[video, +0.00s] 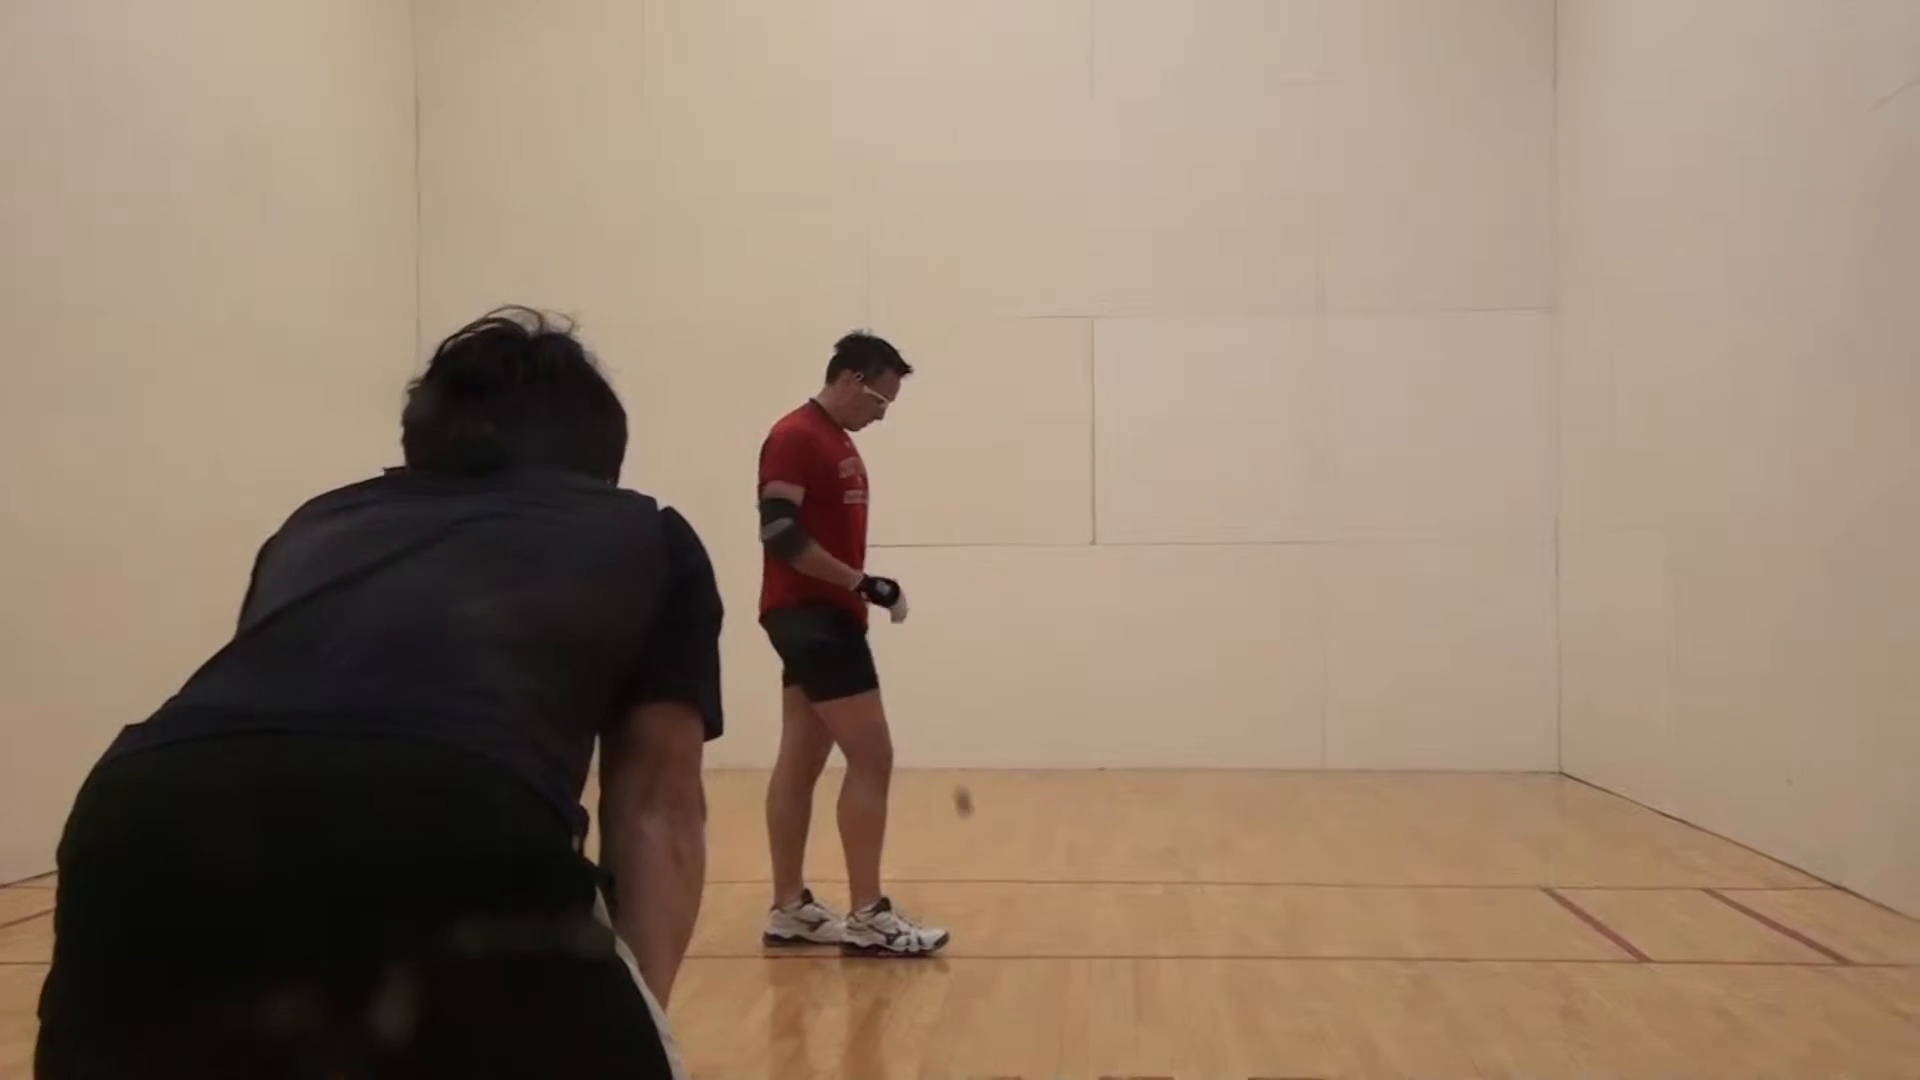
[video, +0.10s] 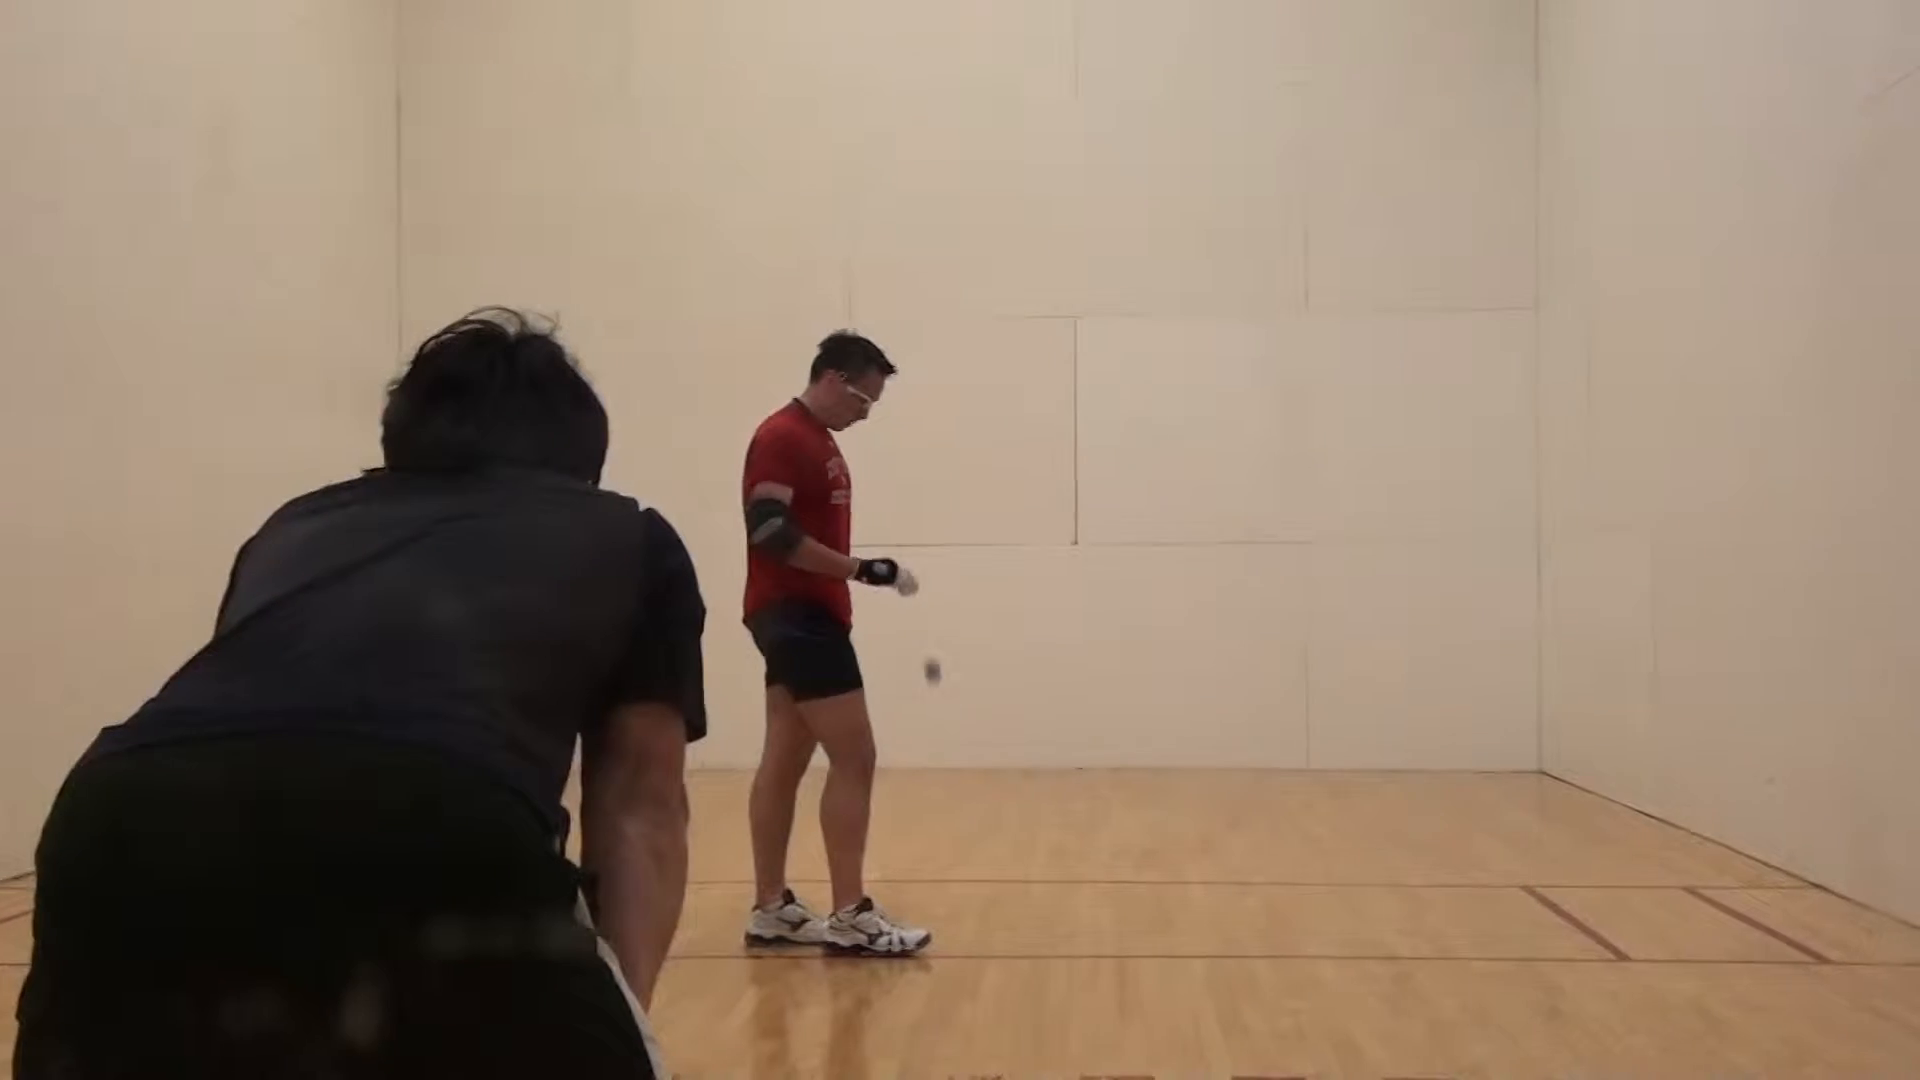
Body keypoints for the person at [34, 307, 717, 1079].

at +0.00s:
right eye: (616, 472)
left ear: (420, 443)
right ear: (594, 460)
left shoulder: (317, 517)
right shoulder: (644, 534)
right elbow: (660, 802)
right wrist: (631, 1026)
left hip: (152, 817)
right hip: (452, 825)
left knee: (105, 1048)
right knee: (598, 1053)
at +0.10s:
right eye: (598, 470)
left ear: (399, 443)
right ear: (577, 459)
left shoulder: (296, 518)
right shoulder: (628, 536)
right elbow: (641, 796)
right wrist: (616, 1021)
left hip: (133, 818)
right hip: (439, 827)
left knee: (78, 1046)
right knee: (585, 1051)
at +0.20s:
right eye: (585, 468)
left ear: (385, 444)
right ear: (565, 457)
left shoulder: (282, 518)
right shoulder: (616, 537)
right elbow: (629, 802)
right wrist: (602, 1023)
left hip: (117, 818)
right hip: (427, 828)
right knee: (570, 1052)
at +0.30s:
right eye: (568, 469)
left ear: (372, 438)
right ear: (550, 457)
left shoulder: (266, 519)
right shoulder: (602, 537)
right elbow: (616, 802)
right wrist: (586, 1026)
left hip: (97, 825)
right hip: (413, 831)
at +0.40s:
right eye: (558, 473)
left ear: (360, 445)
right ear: (539, 462)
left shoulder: (256, 521)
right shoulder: (588, 538)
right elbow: (603, 805)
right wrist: (578, 1023)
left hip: (87, 822)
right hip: (400, 829)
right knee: (549, 1054)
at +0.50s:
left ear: (352, 447)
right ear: (530, 464)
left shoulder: (248, 520)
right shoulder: (580, 541)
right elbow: (591, 805)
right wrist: (567, 1021)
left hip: (80, 819)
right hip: (391, 825)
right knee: (539, 1052)